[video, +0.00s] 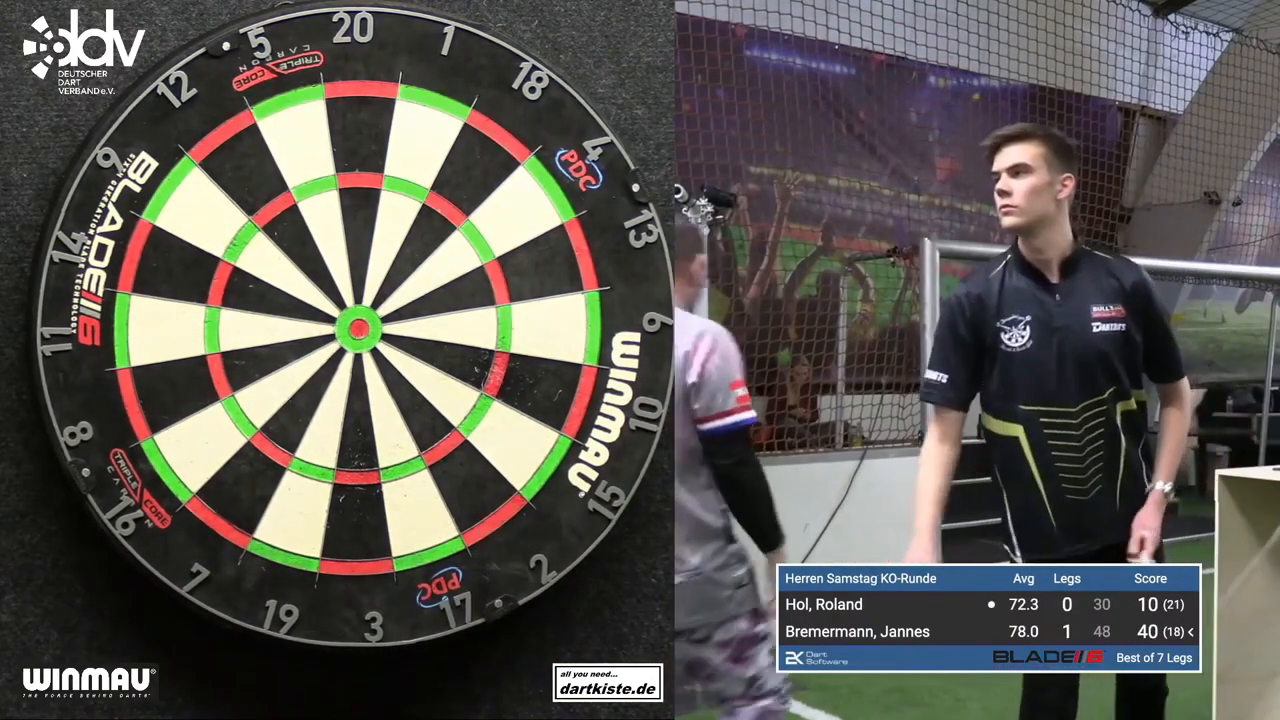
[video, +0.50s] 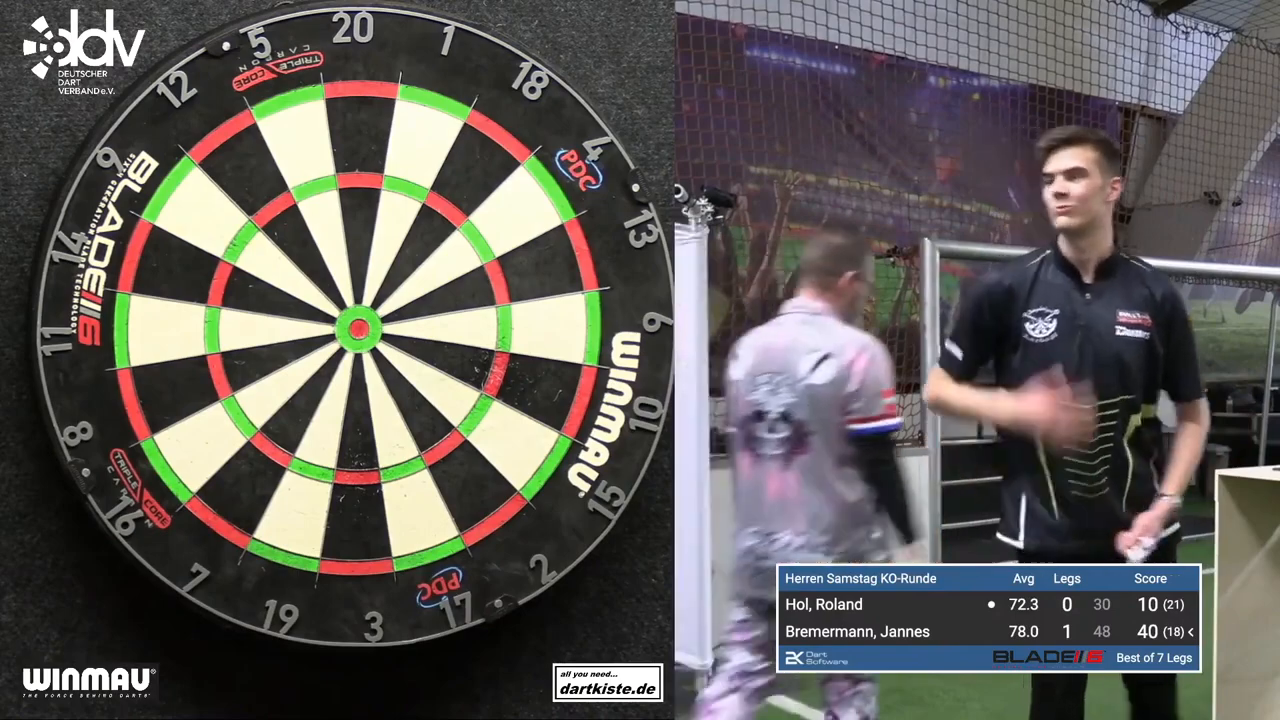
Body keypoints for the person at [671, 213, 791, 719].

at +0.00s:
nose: (707, 269)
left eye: (704, 256)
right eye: (703, 257)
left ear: (646, 265)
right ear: (689, 266)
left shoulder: (604, 337)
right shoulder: (704, 343)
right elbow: (733, 464)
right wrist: (776, 549)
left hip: (619, 566)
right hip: (695, 571)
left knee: (629, 703)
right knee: (754, 697)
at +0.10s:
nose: (717, 275)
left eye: (716, 264)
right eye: (716, 264)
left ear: (661, 264)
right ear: (702, 266)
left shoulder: (610, 334)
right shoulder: (711, 344)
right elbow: (737, 464)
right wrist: (780, 548)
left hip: (625, 569)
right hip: (701, 573)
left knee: (646, 705)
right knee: (765, 696)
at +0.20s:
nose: (758, 288)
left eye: (757, 275)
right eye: (754, 275)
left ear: (687, 272)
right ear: (731, 273)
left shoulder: (643, 335)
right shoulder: (743, 350)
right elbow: (766, 477)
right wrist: (802, 562)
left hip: (652, 574)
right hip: (731, 581)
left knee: (660, 706)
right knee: (770, 705)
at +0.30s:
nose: (796, 297)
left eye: (797, 285)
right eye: (794, 284)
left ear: (731, 281)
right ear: (772, 284)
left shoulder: (681, 348)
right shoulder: (789, 360)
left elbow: (661, 463)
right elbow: (805, 484)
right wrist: (829, 567)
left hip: (686, 567)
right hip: (765, 575)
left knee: (684, 698)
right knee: (799, 699)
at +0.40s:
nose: (841, 296)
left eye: (842, 285)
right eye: (840, 285)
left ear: (778, 280)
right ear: (822, 284)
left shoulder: (724, 349)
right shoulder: (837, 356)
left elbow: (714, 448)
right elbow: (848, 468)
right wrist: (869, 550)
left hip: (730, 548)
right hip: (812, 555)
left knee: (713, 681)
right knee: (839, 685)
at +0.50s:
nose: (866, 293)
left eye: (866, 283)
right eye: (865, 282)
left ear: (805, 278)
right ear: (847, 281)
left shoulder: (747, 347)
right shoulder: (859, 351)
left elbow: (737, 446)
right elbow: (878, 458)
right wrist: (909, 535)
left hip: (759, 542)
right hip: (838, 548)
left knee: (741, 672)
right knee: (850, 681)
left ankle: (712, 715)